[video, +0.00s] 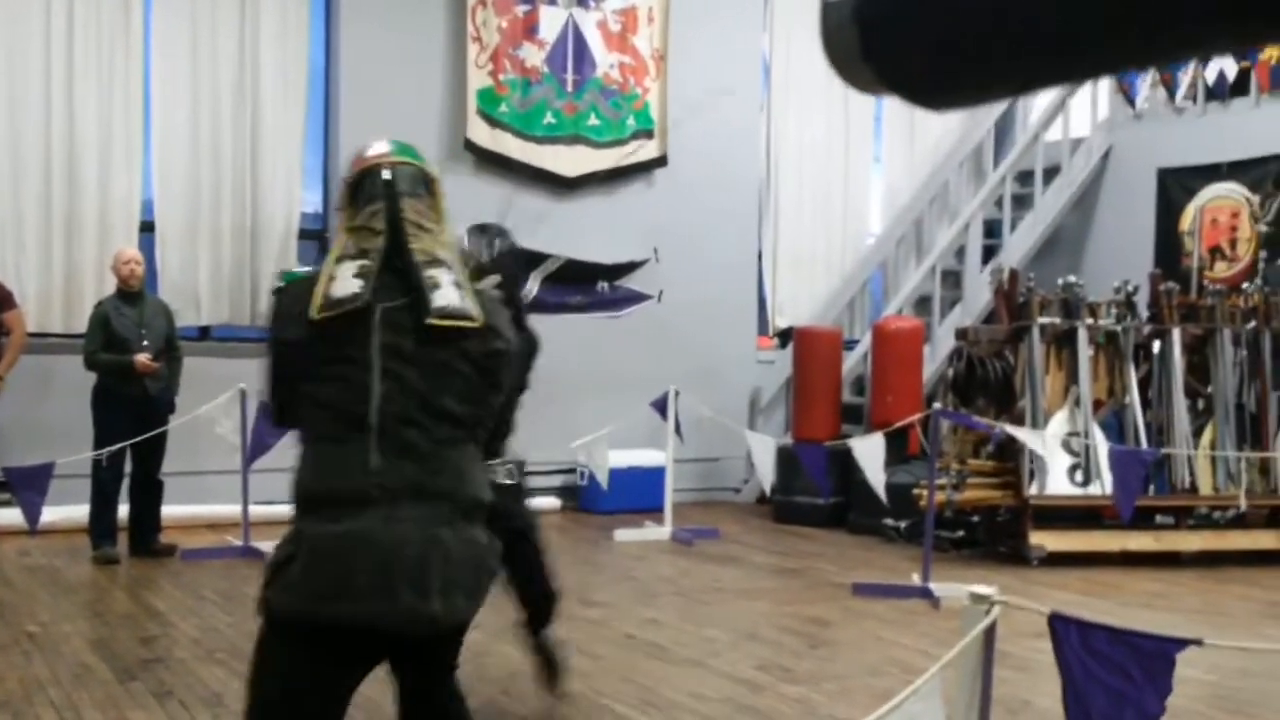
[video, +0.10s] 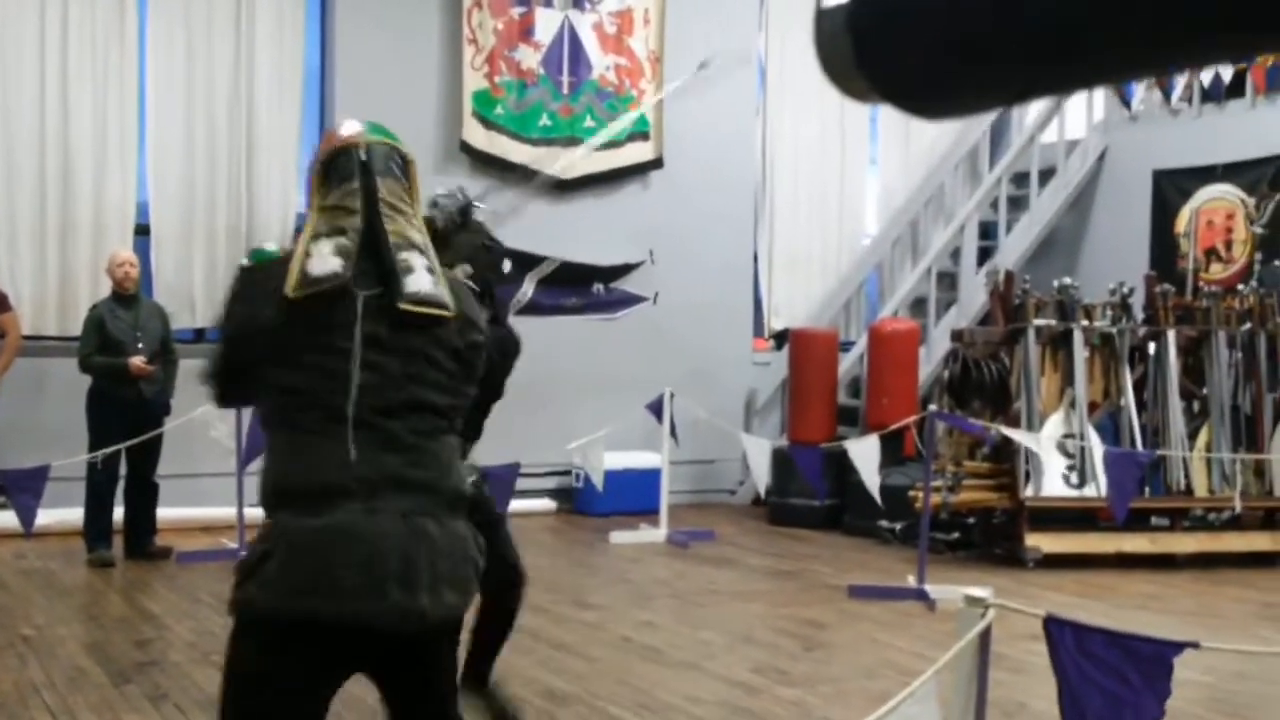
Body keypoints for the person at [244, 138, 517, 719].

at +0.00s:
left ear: (347, 209)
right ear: (433, 206)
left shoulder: (302, 300)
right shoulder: (484, 308)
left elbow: (287, 409)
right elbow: (489, 431)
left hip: (332, 567)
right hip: (443, 568)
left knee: (284, 708)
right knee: (432, 686)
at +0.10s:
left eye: (320, 179)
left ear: (318, 192)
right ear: (410, 195)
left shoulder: (269, 285)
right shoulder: (462, 304)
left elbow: (232, 385)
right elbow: (462, 421)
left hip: (304, 573)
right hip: (425, 578)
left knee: (260, 707)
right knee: (430, 706)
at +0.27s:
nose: (283, 182)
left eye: (288, 168)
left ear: (301, 177)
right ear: (397, 182)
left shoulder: (259, 270)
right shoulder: (429, 287)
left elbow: (178, 374)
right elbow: (473, 378)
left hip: (287, 582)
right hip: (414, 591)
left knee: (233, 706)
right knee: (422, 705)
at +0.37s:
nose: (281, 182)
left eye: (288, 167)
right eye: (287, 167)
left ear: (302, 176)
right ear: (399, 184)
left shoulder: (246, 274)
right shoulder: (427, 289)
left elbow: (172, 403)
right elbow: (450, 377)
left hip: (274, 598)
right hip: (401, 604)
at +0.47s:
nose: (297, 184)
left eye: (305, 169)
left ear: (317, 177)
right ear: (417, 186)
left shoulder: (250, 277)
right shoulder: (446, 303)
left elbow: (193, 415)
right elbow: (429, 425)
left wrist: (231, 502)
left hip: (269, 606)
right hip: (402, 611)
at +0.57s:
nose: (303, 177)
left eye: (310, 164)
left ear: (321, 183)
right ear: (423, 192)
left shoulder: (262, 293)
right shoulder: (458, 311)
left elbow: (215, 445)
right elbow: (445, 440)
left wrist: (280, 506)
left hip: (283, 600)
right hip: (421, 603)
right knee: (424, 704)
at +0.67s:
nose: (282, 289)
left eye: (294, 277)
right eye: (270, 277)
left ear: (312, 285)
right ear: (247, 282)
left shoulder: (328, 359)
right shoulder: (223, 358)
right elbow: (224, 459)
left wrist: (230, 425)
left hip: (306, 534)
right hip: (232, 524)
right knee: (191, 648)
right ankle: (185, 712)